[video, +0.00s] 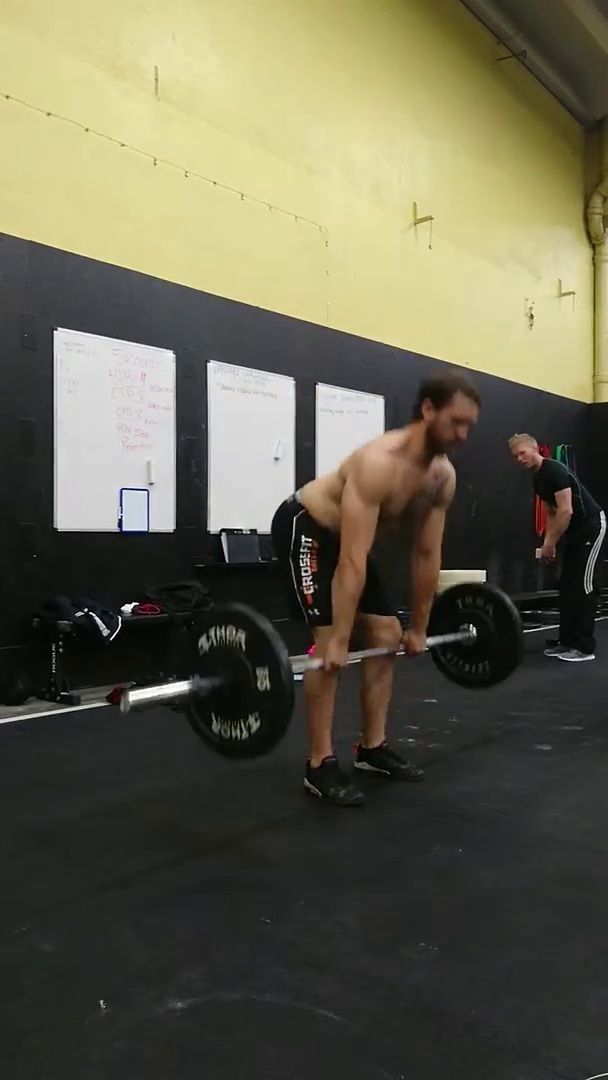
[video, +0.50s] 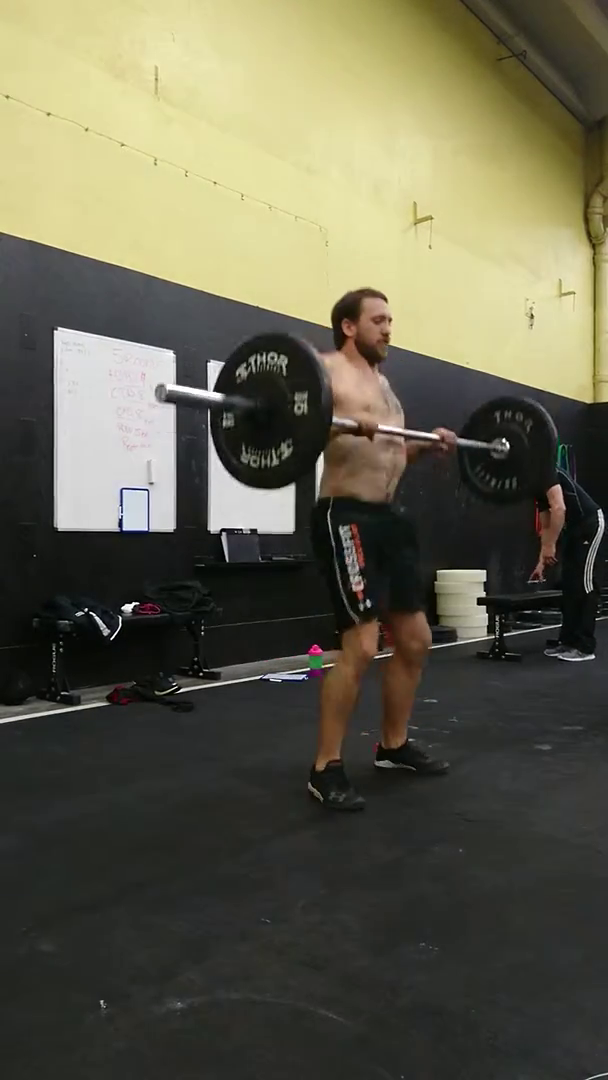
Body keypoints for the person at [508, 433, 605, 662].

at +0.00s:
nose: (521, 459)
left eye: (523, 453)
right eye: (516, 457)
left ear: (536, 449)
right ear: (516, 459)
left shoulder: (554, 470)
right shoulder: (538, 477)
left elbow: (566, 512)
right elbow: (551, 513)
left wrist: (549, 542)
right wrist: (548, 543)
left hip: (591, 524)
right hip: (574, 528)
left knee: (580, 583)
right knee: (567, 582)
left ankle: (584, 646)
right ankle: (567, 641)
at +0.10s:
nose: (515, 466)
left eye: (516, 460)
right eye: (512, 462)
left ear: (530, 452)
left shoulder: (553, 472)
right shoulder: (539, 478)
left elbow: (563, 513)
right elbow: (551, 515)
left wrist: (550, 545)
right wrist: (547, 545)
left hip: (592, 526)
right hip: (576, 529)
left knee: (582, 583)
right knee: (568, 582)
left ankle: (584, 646)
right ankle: (568, 641)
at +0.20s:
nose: (512, 471)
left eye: (513, 465)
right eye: (509, 468)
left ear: (525, 458)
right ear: (521, 462)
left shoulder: (551, 473)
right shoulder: (538, 480)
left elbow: (561, 515)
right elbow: (549, 517)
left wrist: (549, 548)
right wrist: (547, 547)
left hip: (592, 526)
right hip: (575, 529)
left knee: (582, 583)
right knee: (569, 583)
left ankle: (584, 647)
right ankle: (568, 641)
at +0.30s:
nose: (515, 474)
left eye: (513, 469)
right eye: (511, 471)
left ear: (521, 460)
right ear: (519, 463)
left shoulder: (549, 472)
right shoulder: (535, 480)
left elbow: (560, 515)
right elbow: (545, 517)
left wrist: (548, 550)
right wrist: (545, 551)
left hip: (592, 525)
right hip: (575, 528)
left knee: (583, 583)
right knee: (569, 583)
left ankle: (584, 647)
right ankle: (567, 641)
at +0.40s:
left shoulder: (548, 472)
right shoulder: (535, 482)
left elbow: (559, 512)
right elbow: (545, 522)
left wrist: (549, 547)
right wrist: (543, 559)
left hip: (591, 524)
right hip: (573, 527)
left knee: (583, 582)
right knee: (569, 582)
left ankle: (584, 646)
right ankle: (567, 642)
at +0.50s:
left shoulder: (544, 472)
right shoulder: (536, 484)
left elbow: (559, 509)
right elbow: (545, 526)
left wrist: (549, 544)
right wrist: (541, 562)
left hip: (590, 523)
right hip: (573, 527)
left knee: (583, 581)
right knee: (569, 583)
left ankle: (584, 646)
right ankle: (568, 641)